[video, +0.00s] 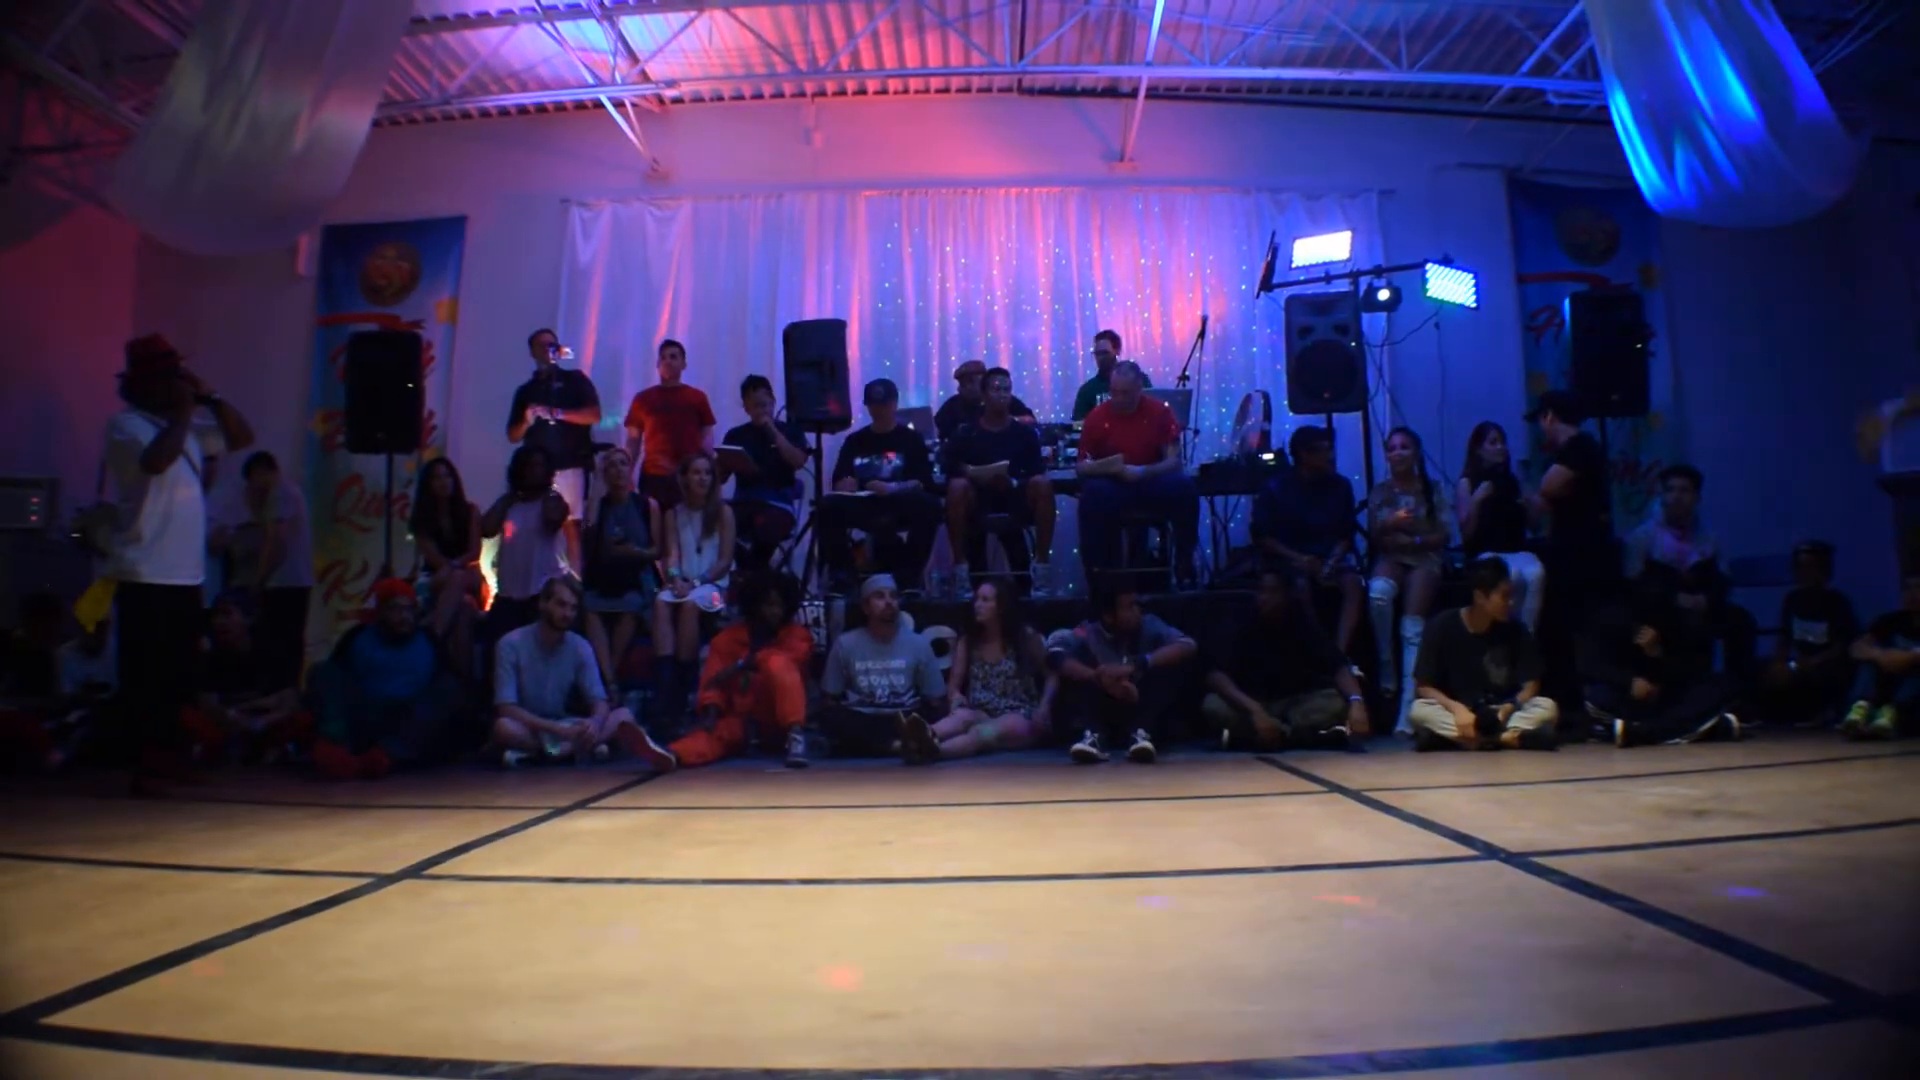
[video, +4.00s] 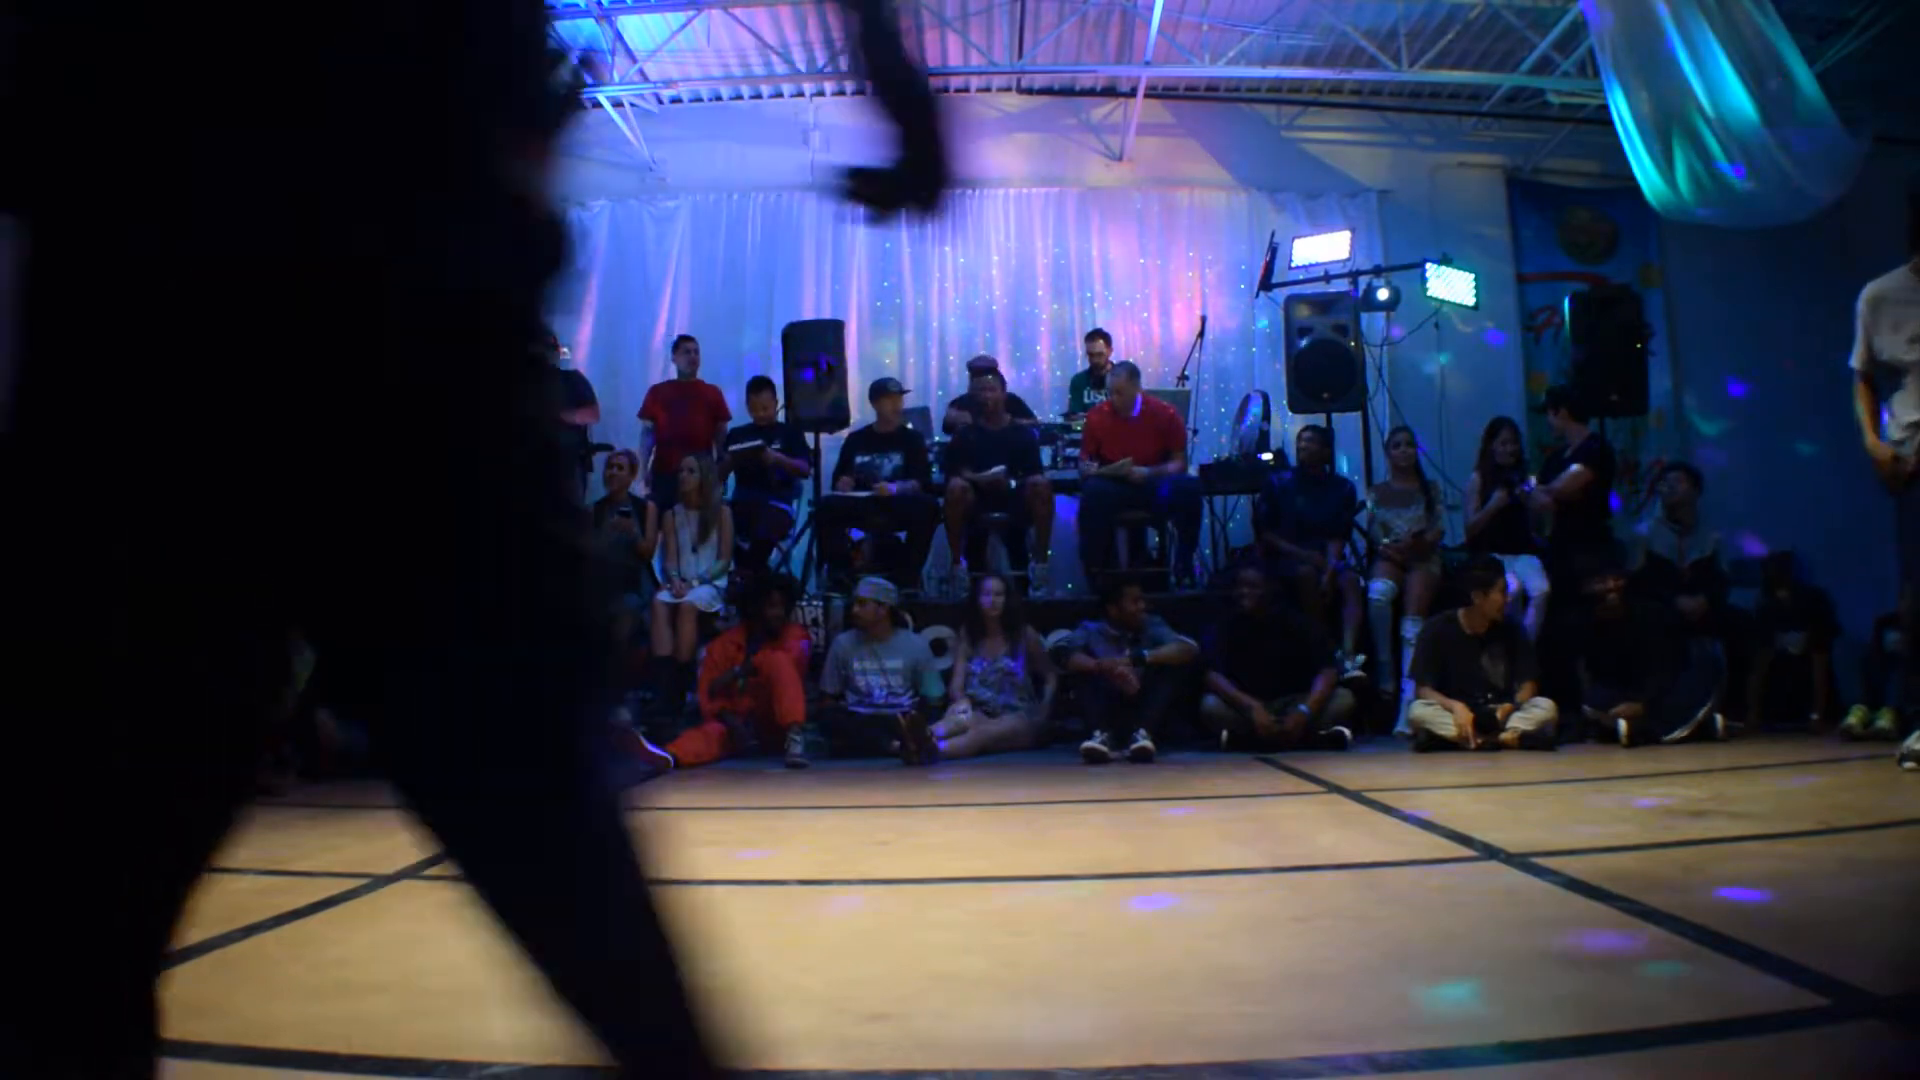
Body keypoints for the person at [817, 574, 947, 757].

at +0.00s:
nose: (888, 602)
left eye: (892, 596)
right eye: (880, 597)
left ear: (898, 602)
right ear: (866, 605)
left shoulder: (917, 645)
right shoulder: (846, 645)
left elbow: (936, 702)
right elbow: (829, 699)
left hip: (905, 716)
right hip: (860, 717)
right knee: (831, 718)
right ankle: (894, 744)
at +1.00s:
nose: (886, 603)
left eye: (891, 596)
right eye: (878, 598)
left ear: (897, 601)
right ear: (864, 605)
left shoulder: (916, 645)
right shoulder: (845, 645)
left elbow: (937, 702)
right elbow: (829, 701)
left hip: (908, 721)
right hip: (862, 722)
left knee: (964, 714)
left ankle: (925, 747)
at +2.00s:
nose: (885, 603)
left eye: (890, 596)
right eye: (877, 597)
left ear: (897, 602)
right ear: (864, 606)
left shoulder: (916, 645)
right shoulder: (844, 645)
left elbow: (937, 700)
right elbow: (828, 699)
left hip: (905, 718)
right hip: (861, 719)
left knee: (964, 715)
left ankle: (923, 740)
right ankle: (896, 746)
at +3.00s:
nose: (856, 609)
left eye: (864, 603)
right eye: (856, 602)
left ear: (885, 608)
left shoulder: (915, 645)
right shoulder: (843, 644)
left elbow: (934, 700)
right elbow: (829, 697)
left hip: (902, 715)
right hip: (857, 715)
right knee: (829, 717)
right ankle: (894, 745)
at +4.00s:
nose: (855, 610)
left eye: (862, 604)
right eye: (855, 604)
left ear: (883, 609)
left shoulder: (914, 644)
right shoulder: (843, 644)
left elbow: (934, 699)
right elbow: (829, 698)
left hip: (903, 718)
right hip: (859, 717)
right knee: (830, 720)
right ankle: (894, 747)